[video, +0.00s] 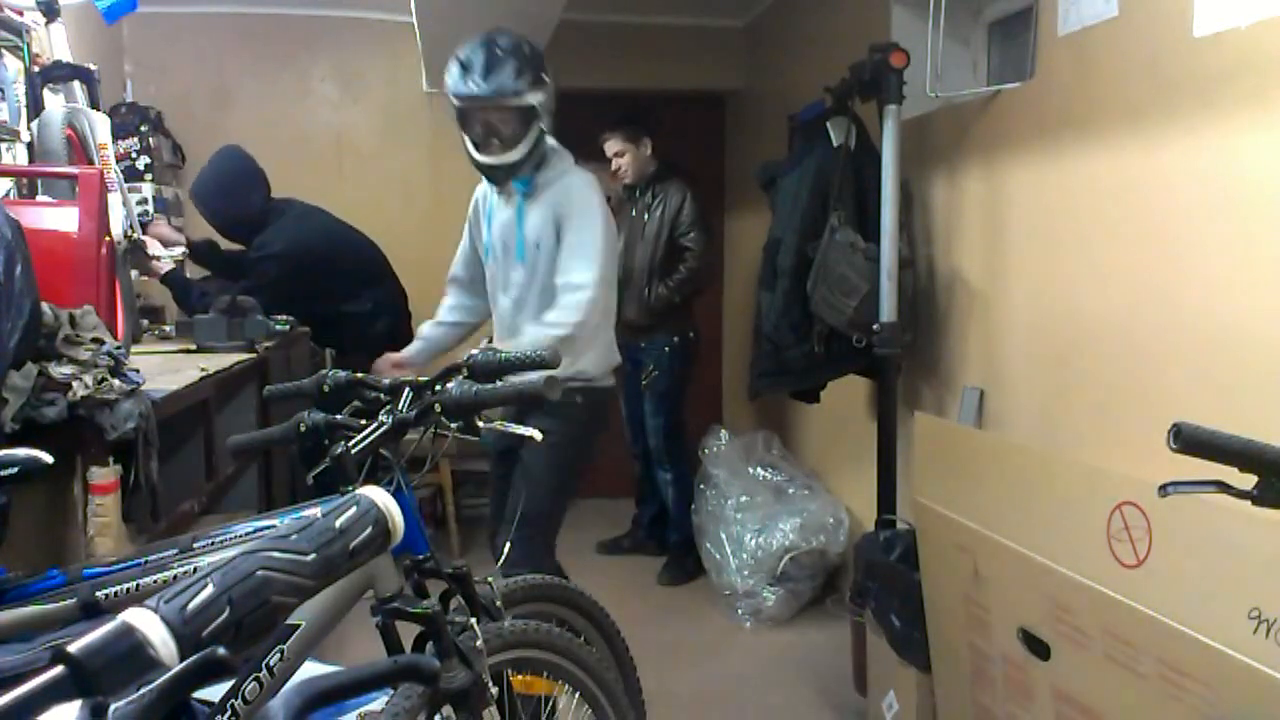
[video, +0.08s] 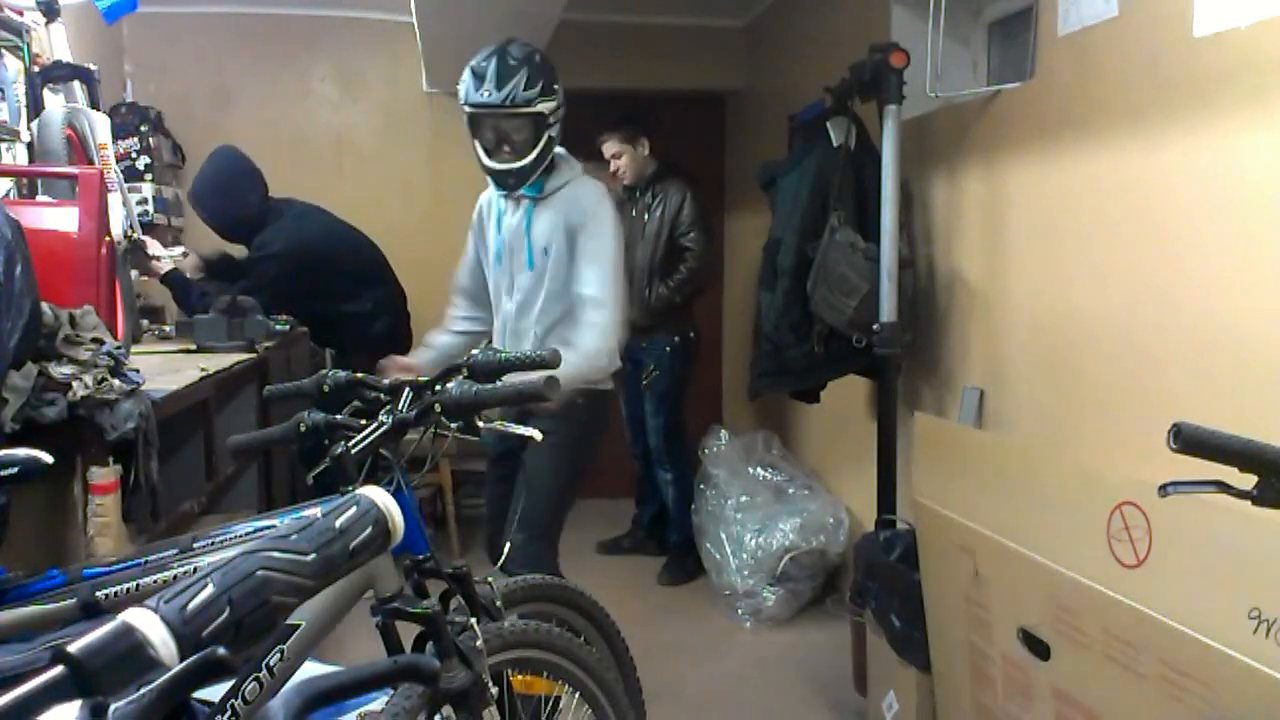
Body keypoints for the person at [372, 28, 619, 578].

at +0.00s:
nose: (492, 135)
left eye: (505, 121)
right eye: (478, 122)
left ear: (538, 112)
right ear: (462, 122)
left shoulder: (575, 191)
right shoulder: (488, 197)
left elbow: (581, 308)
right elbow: (467, 299)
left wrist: (503, 362)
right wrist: (412, 357)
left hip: (573, 387)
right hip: (514, 386)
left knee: (524, 551)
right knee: (510, 546)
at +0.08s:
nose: (503, 145)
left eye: (516, 130)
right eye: (489, 131)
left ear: (549, 122)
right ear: (473, 130)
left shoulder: (586, 200)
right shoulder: (490, 206)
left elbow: (604, 325)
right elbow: (469, 313)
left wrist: (557, 381)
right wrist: (419, 361)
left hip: (569, 397)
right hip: (503, 395)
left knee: (527, 551)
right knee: (501, 547)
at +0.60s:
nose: (512, 128)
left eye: (520, 111)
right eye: (512, 112)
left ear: (560, 114)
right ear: (562, 114)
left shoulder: (607, 199)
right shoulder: (560, 190)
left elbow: (610, 328)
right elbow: (532, 305)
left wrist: (546, 404)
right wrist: (485, 381)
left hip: (545, 405)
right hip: (512, 397)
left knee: (533, 558)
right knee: (510, 542)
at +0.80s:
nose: (520, 128)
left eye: (526, 110)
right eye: (520, 112)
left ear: (558, 110)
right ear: (570, 112)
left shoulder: (601, 211)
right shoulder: (578, 205)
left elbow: (551, 334)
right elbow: (545, 319)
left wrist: (452, 365)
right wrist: (484, 341)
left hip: (574, 426)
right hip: (553, 421)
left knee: (526, 581)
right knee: (519, 571)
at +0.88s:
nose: (522, 115)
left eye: (529, 98)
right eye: (523, 99)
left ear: (560, 99)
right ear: (577, 101)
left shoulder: (598, 197)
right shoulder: (596, 190)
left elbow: (588, 345)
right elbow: (577, 333)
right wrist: (504, 405)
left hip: (565, 421)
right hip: (561, 416)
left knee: (530, 568)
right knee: (540, 560)